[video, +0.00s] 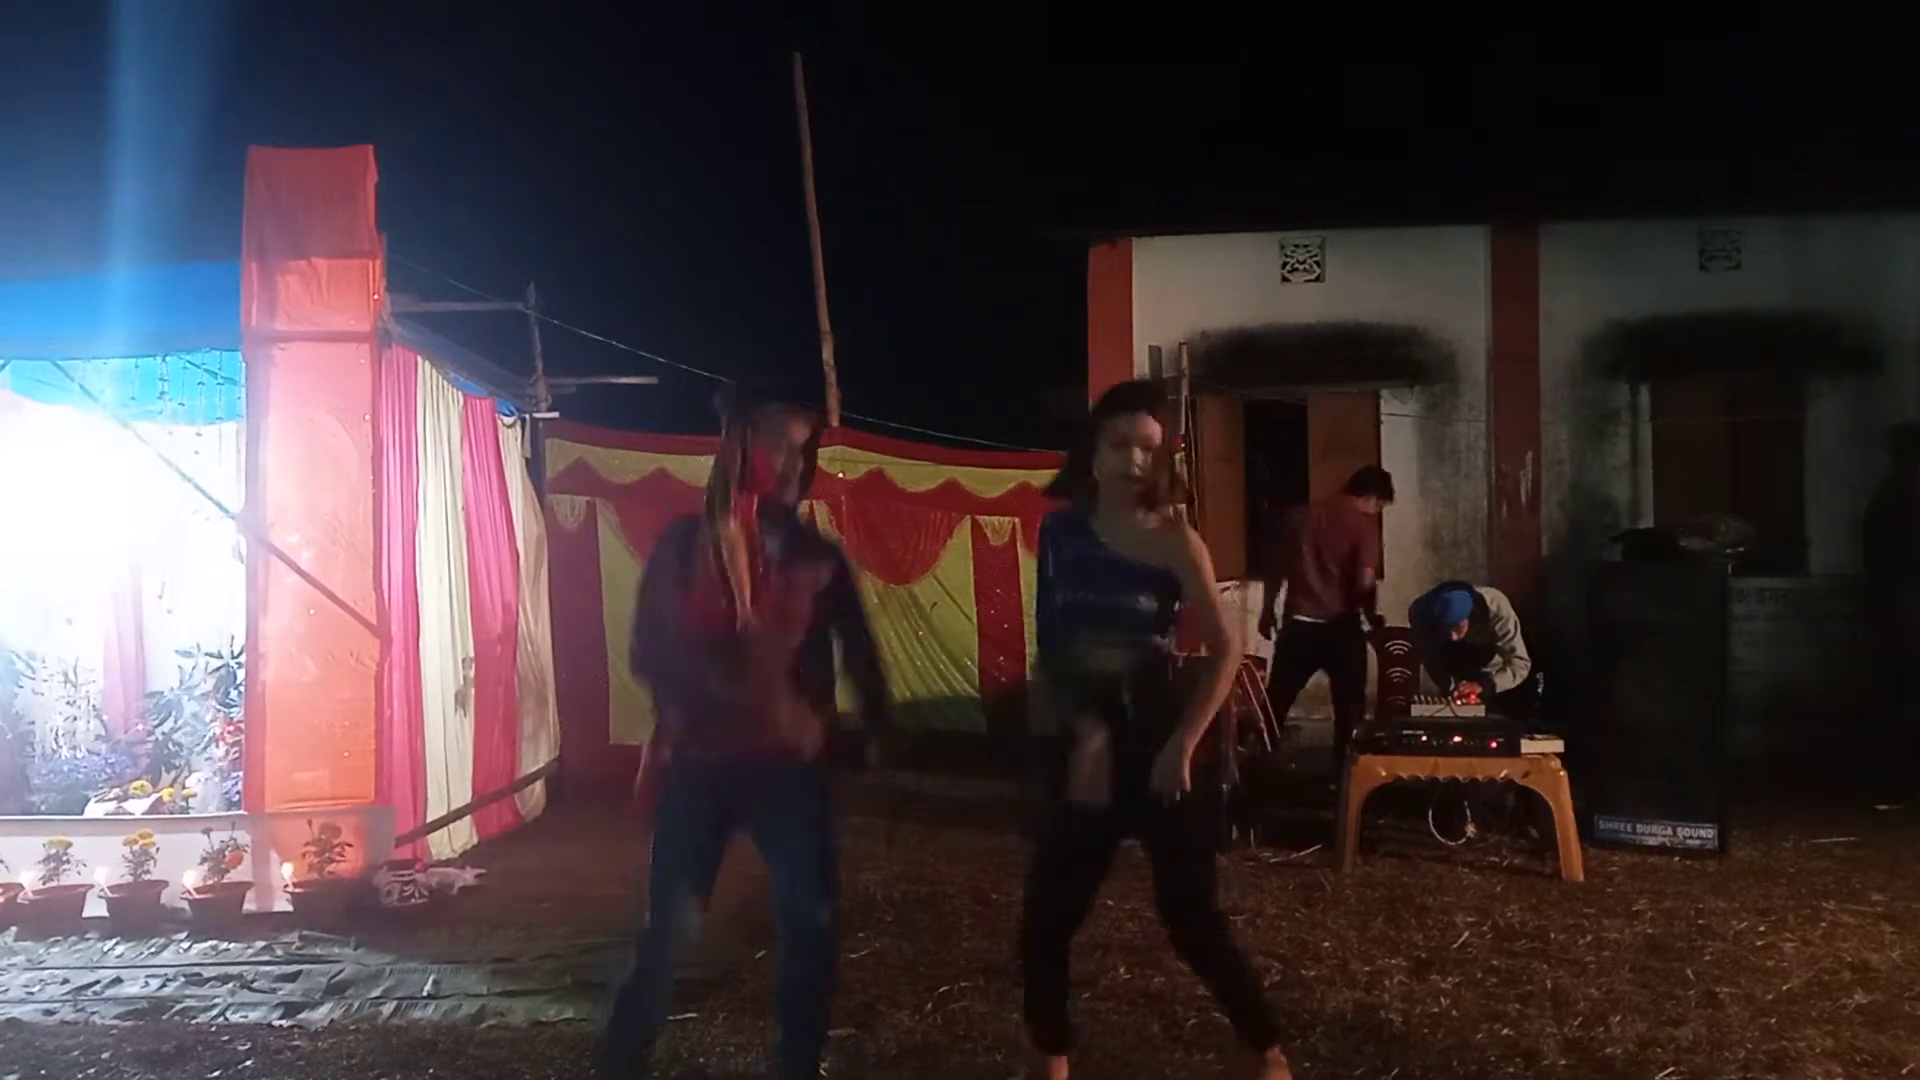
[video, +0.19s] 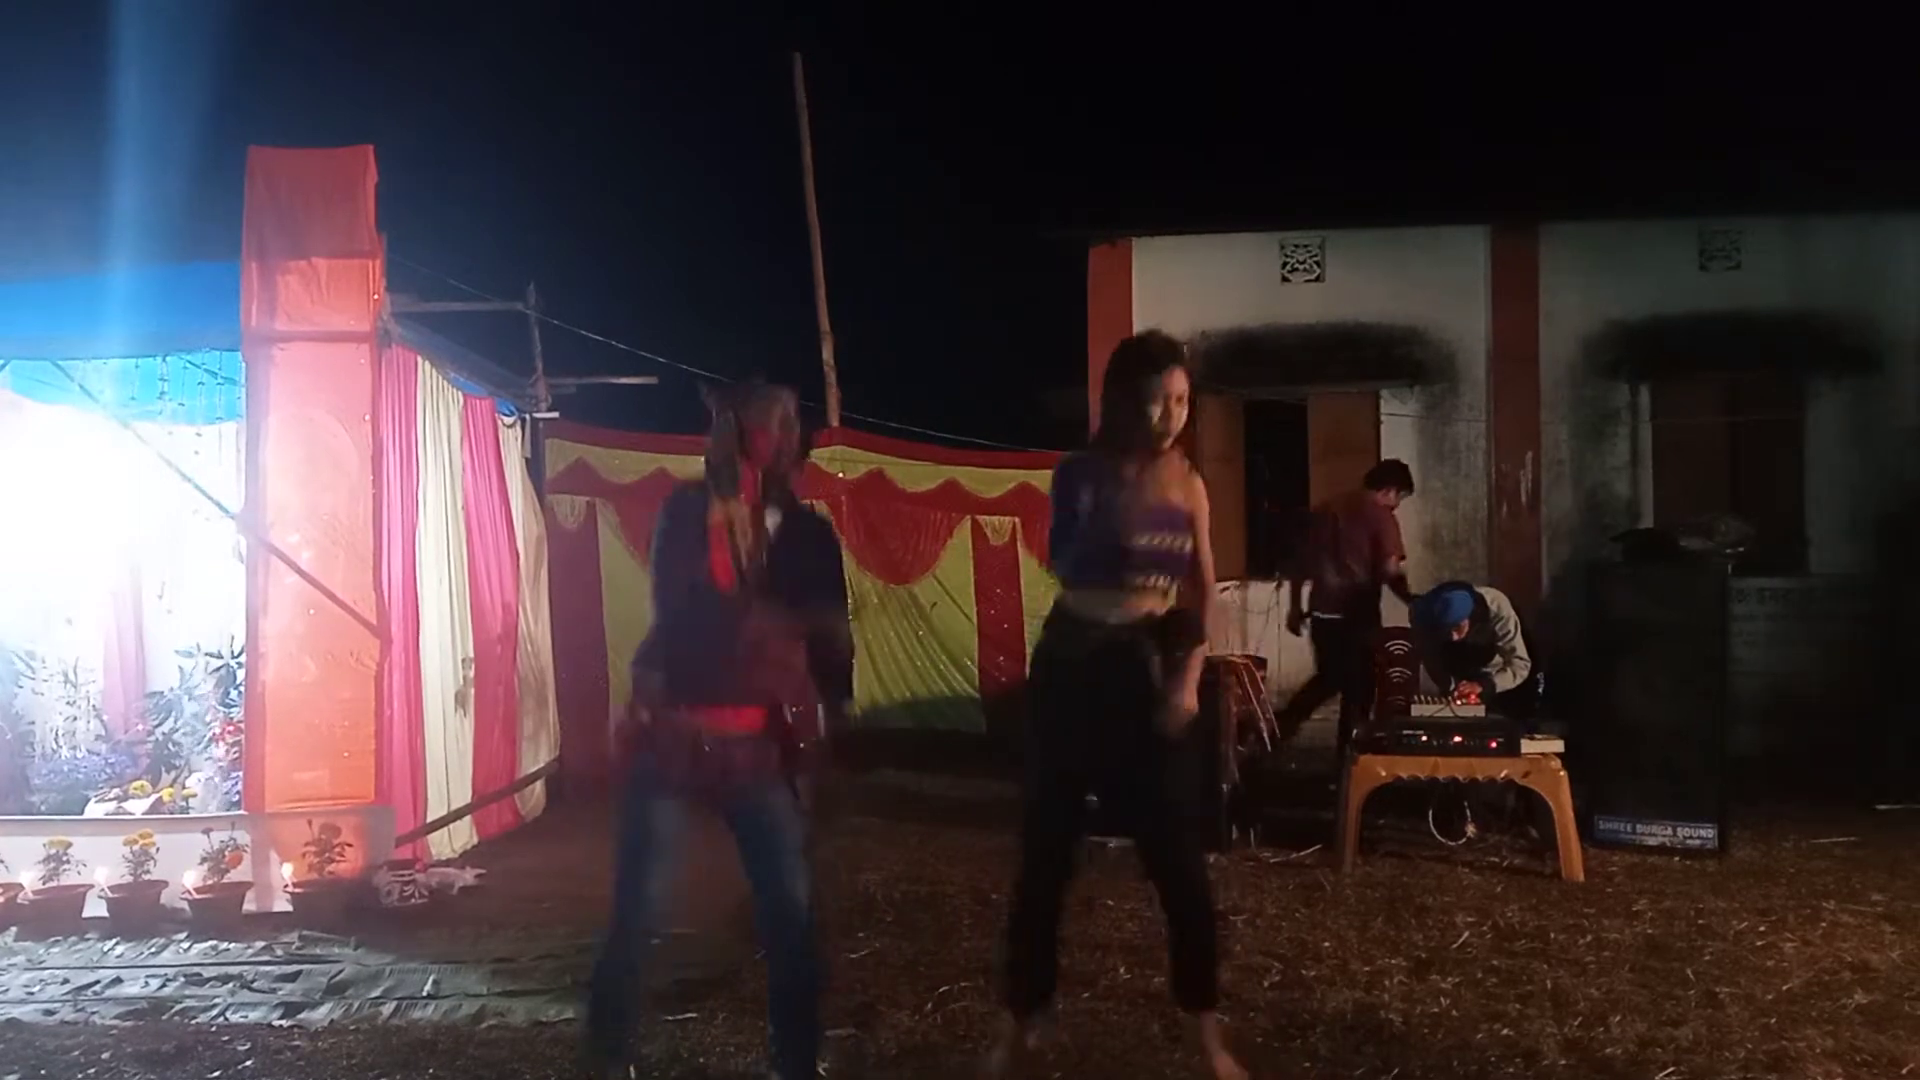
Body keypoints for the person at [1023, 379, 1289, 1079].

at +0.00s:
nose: (1137, 461)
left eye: (1150, 449)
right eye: (1123, 445)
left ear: (1164, 460)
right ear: (1093, 452)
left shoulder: (1175, 540)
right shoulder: (1060, 533)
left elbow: (1227, 648)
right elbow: (1050, 647)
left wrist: (1183, 742)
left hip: (1164, 740)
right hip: (1082, 739)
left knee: (1189, 914)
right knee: (1046, 915)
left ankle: (1270, 1055)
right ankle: (1051, 1060)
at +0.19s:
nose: (1170, 414)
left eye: (1179, 401)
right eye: (1157, 401)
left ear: (1188, 403)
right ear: (1122, 399)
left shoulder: (1189, 484)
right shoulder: (1079, 472)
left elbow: (1205, 590)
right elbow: (1064, 563)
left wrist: (1189, 677)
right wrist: (1138, 585)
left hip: (1154, 663)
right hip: (1075, 661)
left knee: (1175, 843)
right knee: (1048, 841)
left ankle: (1207, 1022)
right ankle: (1023, 1021)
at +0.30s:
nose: (1180, 404)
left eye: (1188, 392)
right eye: (1169, 389)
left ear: (1193, 396)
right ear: (1129, 386)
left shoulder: (1179, 479)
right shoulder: (1095, 463)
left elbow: (1184, 580)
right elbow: (1121, 493)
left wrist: (1187, 664)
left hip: (1142, 663)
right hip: (1069, 655)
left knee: (1169, 846)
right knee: (1039, 839)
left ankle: (1171, 1032)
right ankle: (973, 1014)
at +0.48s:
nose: (1196, 474)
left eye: (1195, 461)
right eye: (1183, 461)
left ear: (1156, 469)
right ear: (1142, 465)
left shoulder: (1141, 543)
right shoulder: (1110, 536)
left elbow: (1141, 638)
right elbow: (1179, 617)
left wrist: (1171, 707)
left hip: (1117, 724)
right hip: (1062, 726)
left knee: (1188, 897)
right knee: (1036, 909)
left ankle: (1160, 1052)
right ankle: (936, 1054)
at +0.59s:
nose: (1192, 465)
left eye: (1191, 450)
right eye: (1183, 451)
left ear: (1128, 455)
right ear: (1153, 456)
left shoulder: (1106, 525)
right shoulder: (1121, 531)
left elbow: (1100, 639)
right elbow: (1191, 631)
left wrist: (1154, 683)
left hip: (1102, 730)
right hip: (1063, 731)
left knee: (1173, 888)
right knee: (1032, 906)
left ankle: (1161, 1052)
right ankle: (934, 1055)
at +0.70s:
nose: (1186, 440)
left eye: (1187, 427)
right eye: (1175, 427)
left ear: (1174, 430)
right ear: (1141, 430)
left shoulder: (1138, 498)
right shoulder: (1120, 493)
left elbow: (1104, 616)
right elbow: (1195, 522)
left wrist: (1137, 674)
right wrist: (1233, 502)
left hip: (1097, 702)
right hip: (1048, 699)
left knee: (1150, 885)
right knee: (1020, 894)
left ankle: (1157, 1052)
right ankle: (936, 1051)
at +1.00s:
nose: (1147, 469)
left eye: (1150, 455)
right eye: (1131, 455)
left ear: (1153, 462)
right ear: (1096, 463)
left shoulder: (1147, 545)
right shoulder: (1059, 543)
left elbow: (1150, 644)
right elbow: (1028, 654)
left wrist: (1176, 710)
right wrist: (1110, 665)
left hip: (1122, 741)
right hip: (1056, 743)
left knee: (1192, 912)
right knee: (1025, 926)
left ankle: (1165, 1052)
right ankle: (943, 1062)